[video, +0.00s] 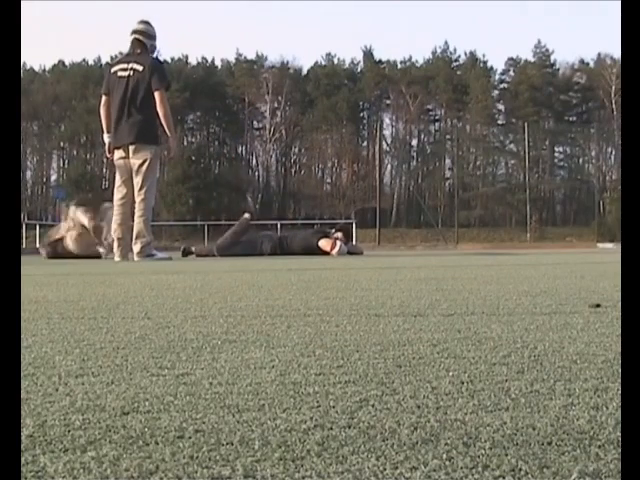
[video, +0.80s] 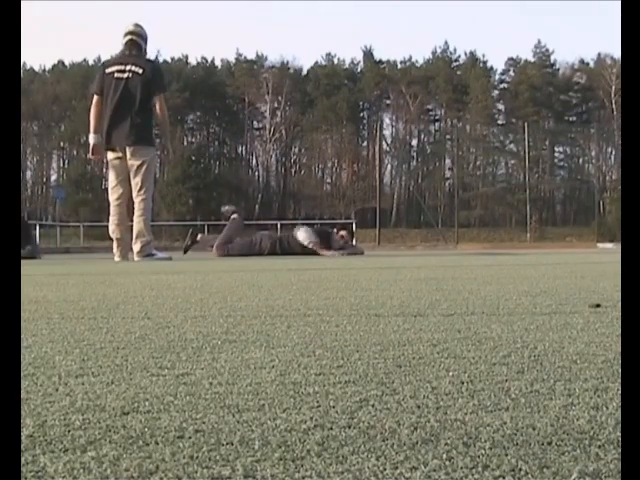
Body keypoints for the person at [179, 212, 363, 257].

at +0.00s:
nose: (338, 243)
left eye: (340, 241)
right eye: (339, 241)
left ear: (338, 238)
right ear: (335, 237)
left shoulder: (326, 239)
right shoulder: (321, 237)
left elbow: (354, 249)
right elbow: (329, 248)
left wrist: (344, 246)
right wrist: (337, 247)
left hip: (272, 245)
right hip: (270, 243)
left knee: (228, 251)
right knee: (220, 248)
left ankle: (193, 251)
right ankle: (245, 218)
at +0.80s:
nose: (342, 242)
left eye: (345, 241)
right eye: (342, 238)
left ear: (345, 241)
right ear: (337, 233)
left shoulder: (329, 242)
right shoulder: (313, 234)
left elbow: (359, 251)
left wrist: (344, 249)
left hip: (271, 247)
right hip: (266, 242)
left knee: (231, 245)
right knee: (221, 250)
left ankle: (199, 239)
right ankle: (236, 218)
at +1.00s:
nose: (340, 239)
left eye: (343, 239)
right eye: (339, 236)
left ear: (342, 242)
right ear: (334, 233)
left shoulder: (325, 243)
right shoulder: (318, 235)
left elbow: (357, 250)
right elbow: (283, 226)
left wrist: (350, 249)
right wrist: (291, 247)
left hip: (271, 244)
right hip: (266, 241)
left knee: (233, 244)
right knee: (220, 250)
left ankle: (199, 235)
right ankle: (236, 217)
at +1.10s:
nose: (334, 243)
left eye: (338, 242)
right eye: (336, 239)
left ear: (339, 240)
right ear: (333, 231)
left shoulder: (328, 240)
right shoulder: (315, 226)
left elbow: (359, 250)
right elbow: (284, 227)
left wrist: (345, 250)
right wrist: (292, 249)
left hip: (270, 248)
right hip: (265, 240)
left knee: (226, 248)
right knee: (220, 249)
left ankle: (196, 236)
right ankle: (238, 219)